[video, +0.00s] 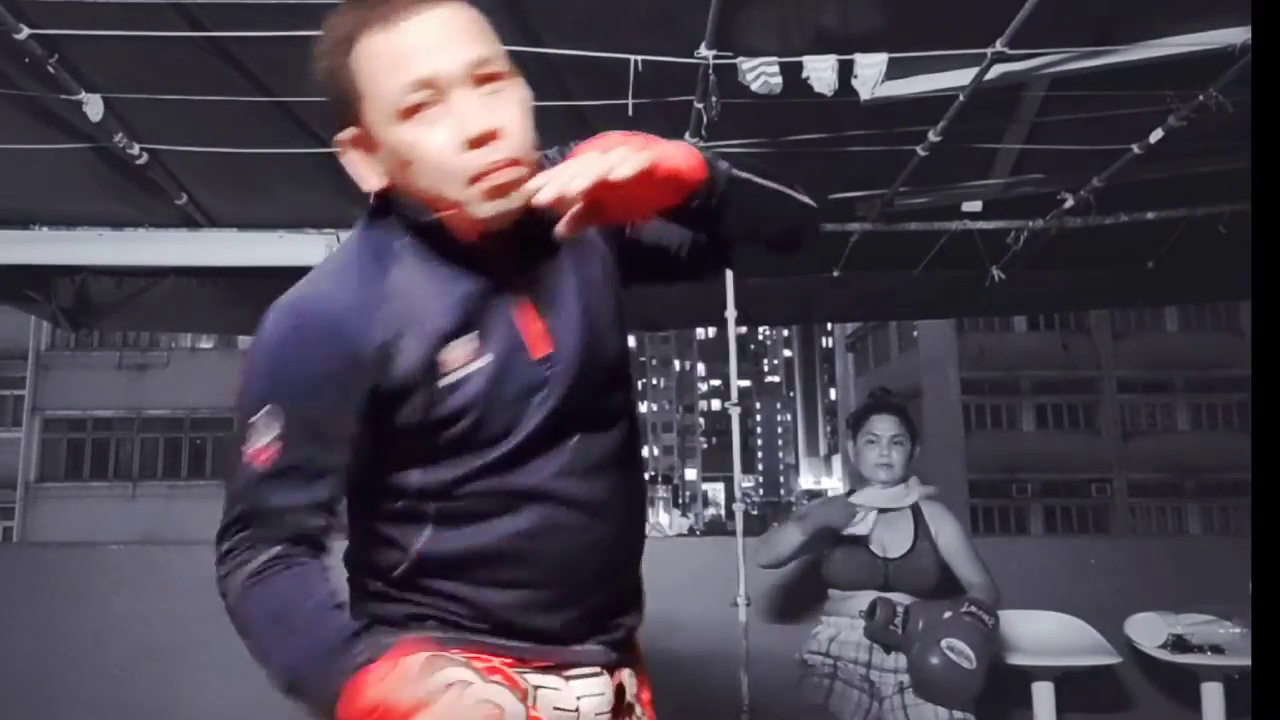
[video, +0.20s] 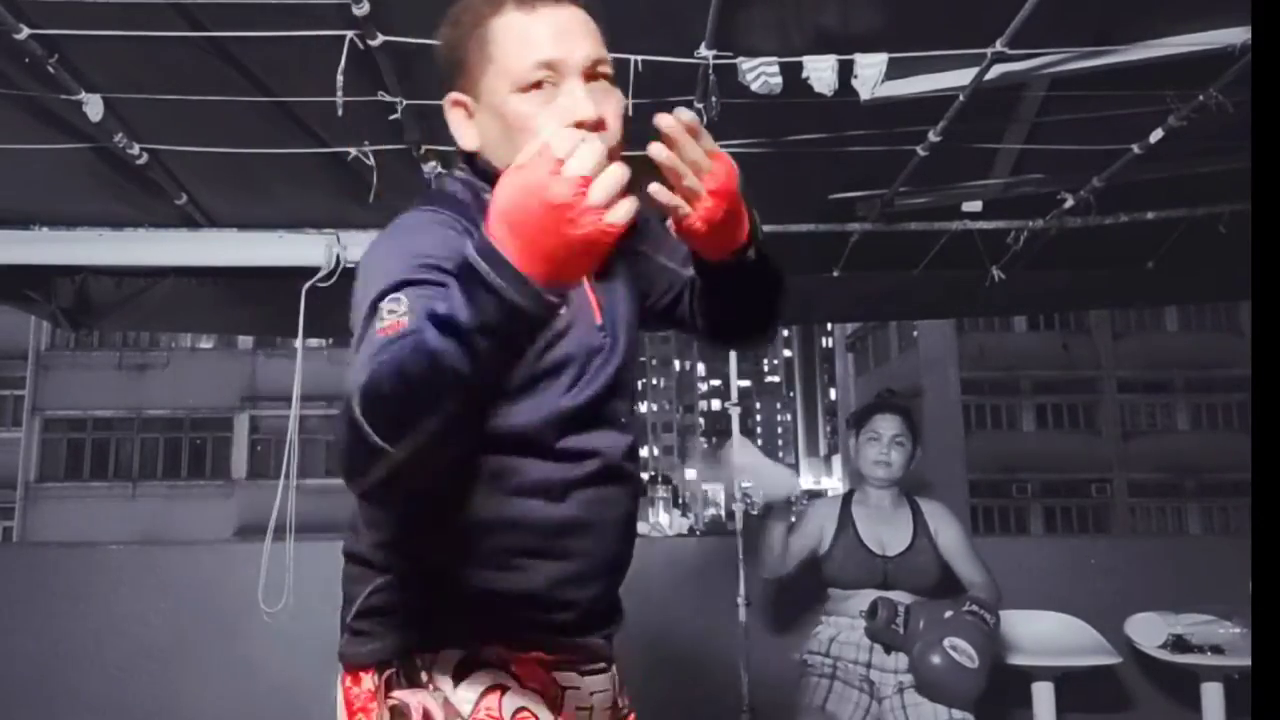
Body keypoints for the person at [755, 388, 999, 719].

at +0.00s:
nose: (885, 452)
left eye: (896, 442)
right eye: (871, 442)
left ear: (912, 452)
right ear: (852, 451)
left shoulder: (932, 514)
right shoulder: (831, 512)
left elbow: (982, 588)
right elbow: (763, 557)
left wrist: (966, 620)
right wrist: (812, 520)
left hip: (919, 667)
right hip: (839, 664)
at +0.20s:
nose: (884, 451)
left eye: (897, 443)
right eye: (872, 439)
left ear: (912, 456)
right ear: (853, 448)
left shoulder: (934, 516)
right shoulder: (823, 513)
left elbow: (984, 587)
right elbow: (773, 576)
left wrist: (973, 614)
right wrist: (777, 514)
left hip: (921, 669)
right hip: (839, 666)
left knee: (937, 714)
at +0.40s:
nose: (884, 451)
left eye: (898, 443)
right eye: (873, 439)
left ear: (913, 458)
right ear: (854, 447)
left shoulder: (934, 516)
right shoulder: (827, 514)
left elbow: (982, 585)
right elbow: (794, 580)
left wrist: (972, 614)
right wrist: (784, 507)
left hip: (921, 667)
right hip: (840, 664)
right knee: (825, 712)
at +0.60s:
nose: (887, 451)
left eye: (900, 442)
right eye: (875, 440)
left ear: (914, 457)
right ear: (855, 450)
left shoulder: (934, 517)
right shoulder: (830, 509)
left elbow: (984, 587)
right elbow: (761, 561)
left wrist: (976, 611)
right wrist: (771, 536)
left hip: (921, 664)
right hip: (839, 661)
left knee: (938, 715)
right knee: (823, 711)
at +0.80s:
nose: (886, 451)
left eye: (899, 444)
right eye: (875, 439)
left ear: (914, 458)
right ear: (855, 448)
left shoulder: (934, 518)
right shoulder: (826, 515)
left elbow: (983, 587)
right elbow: (790, 579)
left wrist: (977, 616)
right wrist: (781, 510)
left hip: (919, 667)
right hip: (840, 664)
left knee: (938, 715)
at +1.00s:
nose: (887, 450)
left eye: (900, 443)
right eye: (875, 439)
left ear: (914, 457)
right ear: (855, 448)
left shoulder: (934, 516)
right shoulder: (827, 506)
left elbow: (984, 586)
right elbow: (771, 570)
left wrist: (976, 619)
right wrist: (770, 517)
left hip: (920, 664)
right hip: (840, 659)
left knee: (938, 715)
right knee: (837, 710)